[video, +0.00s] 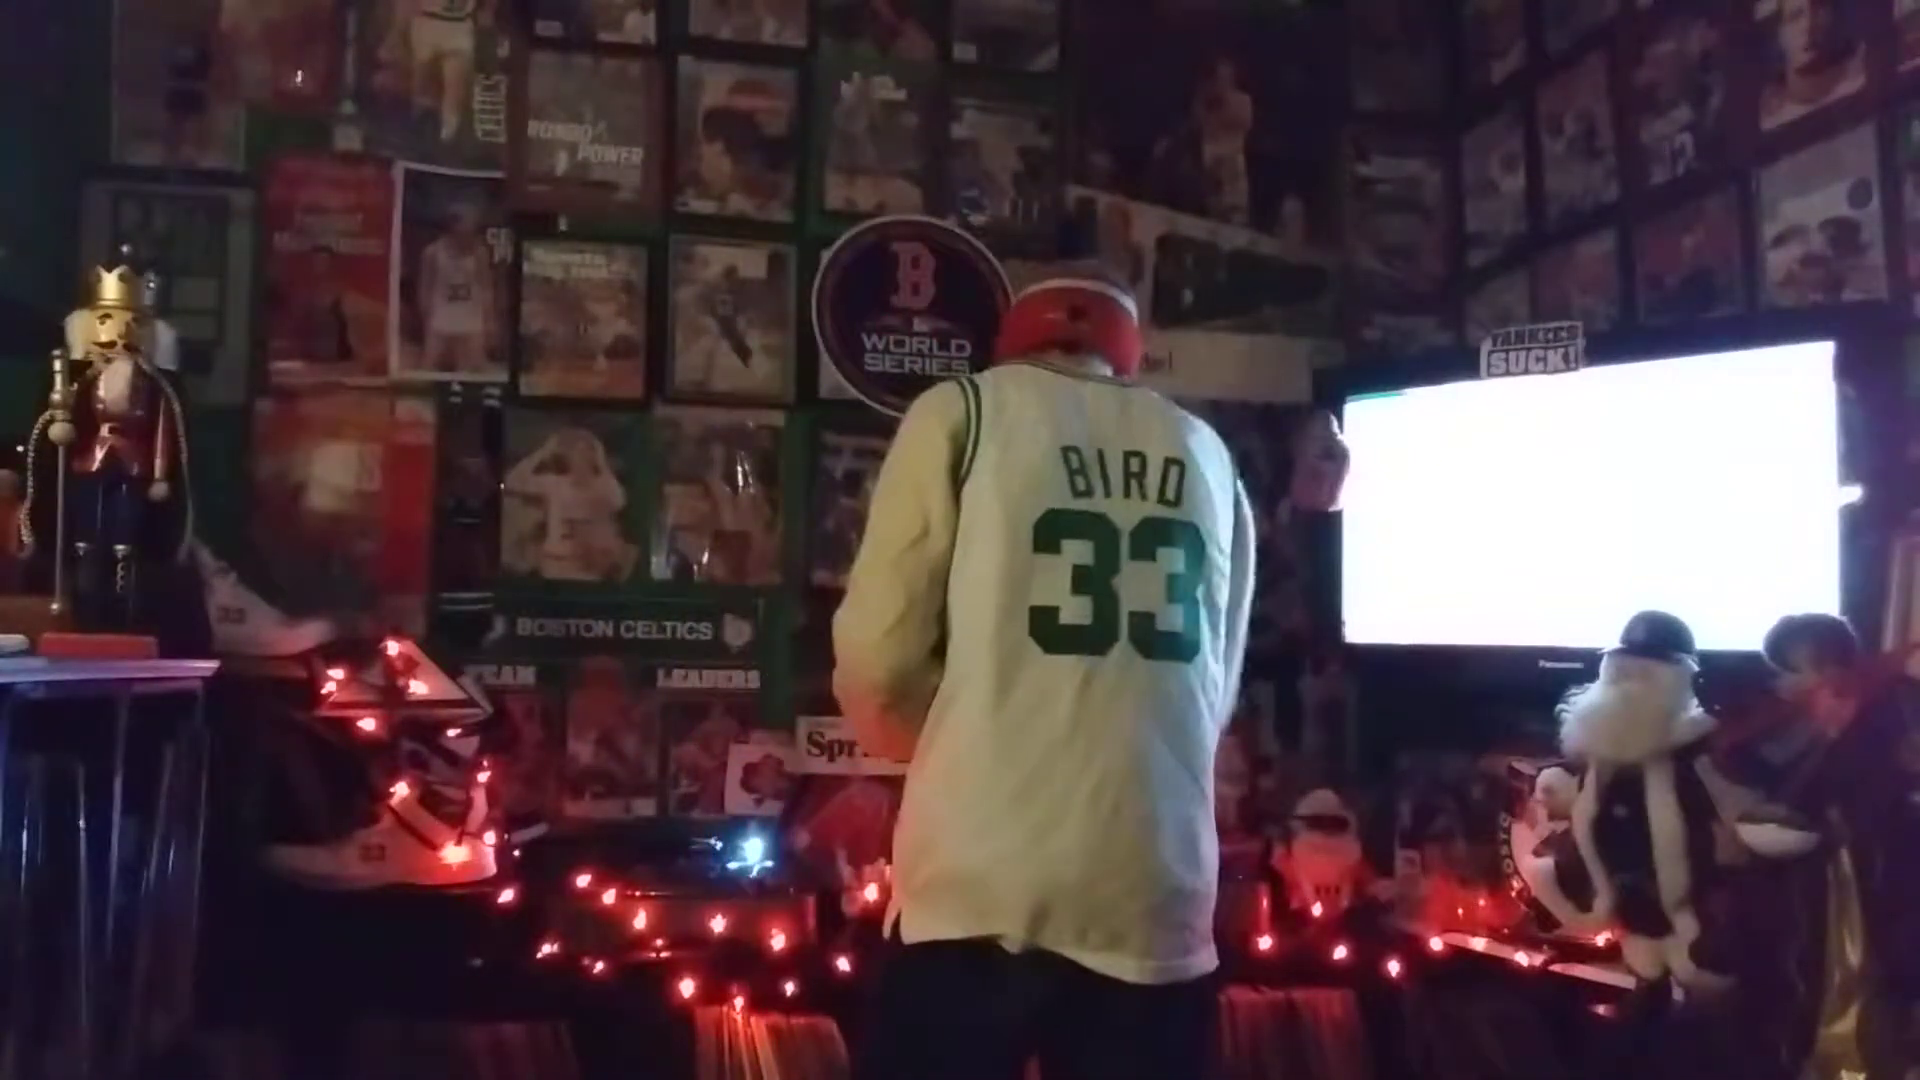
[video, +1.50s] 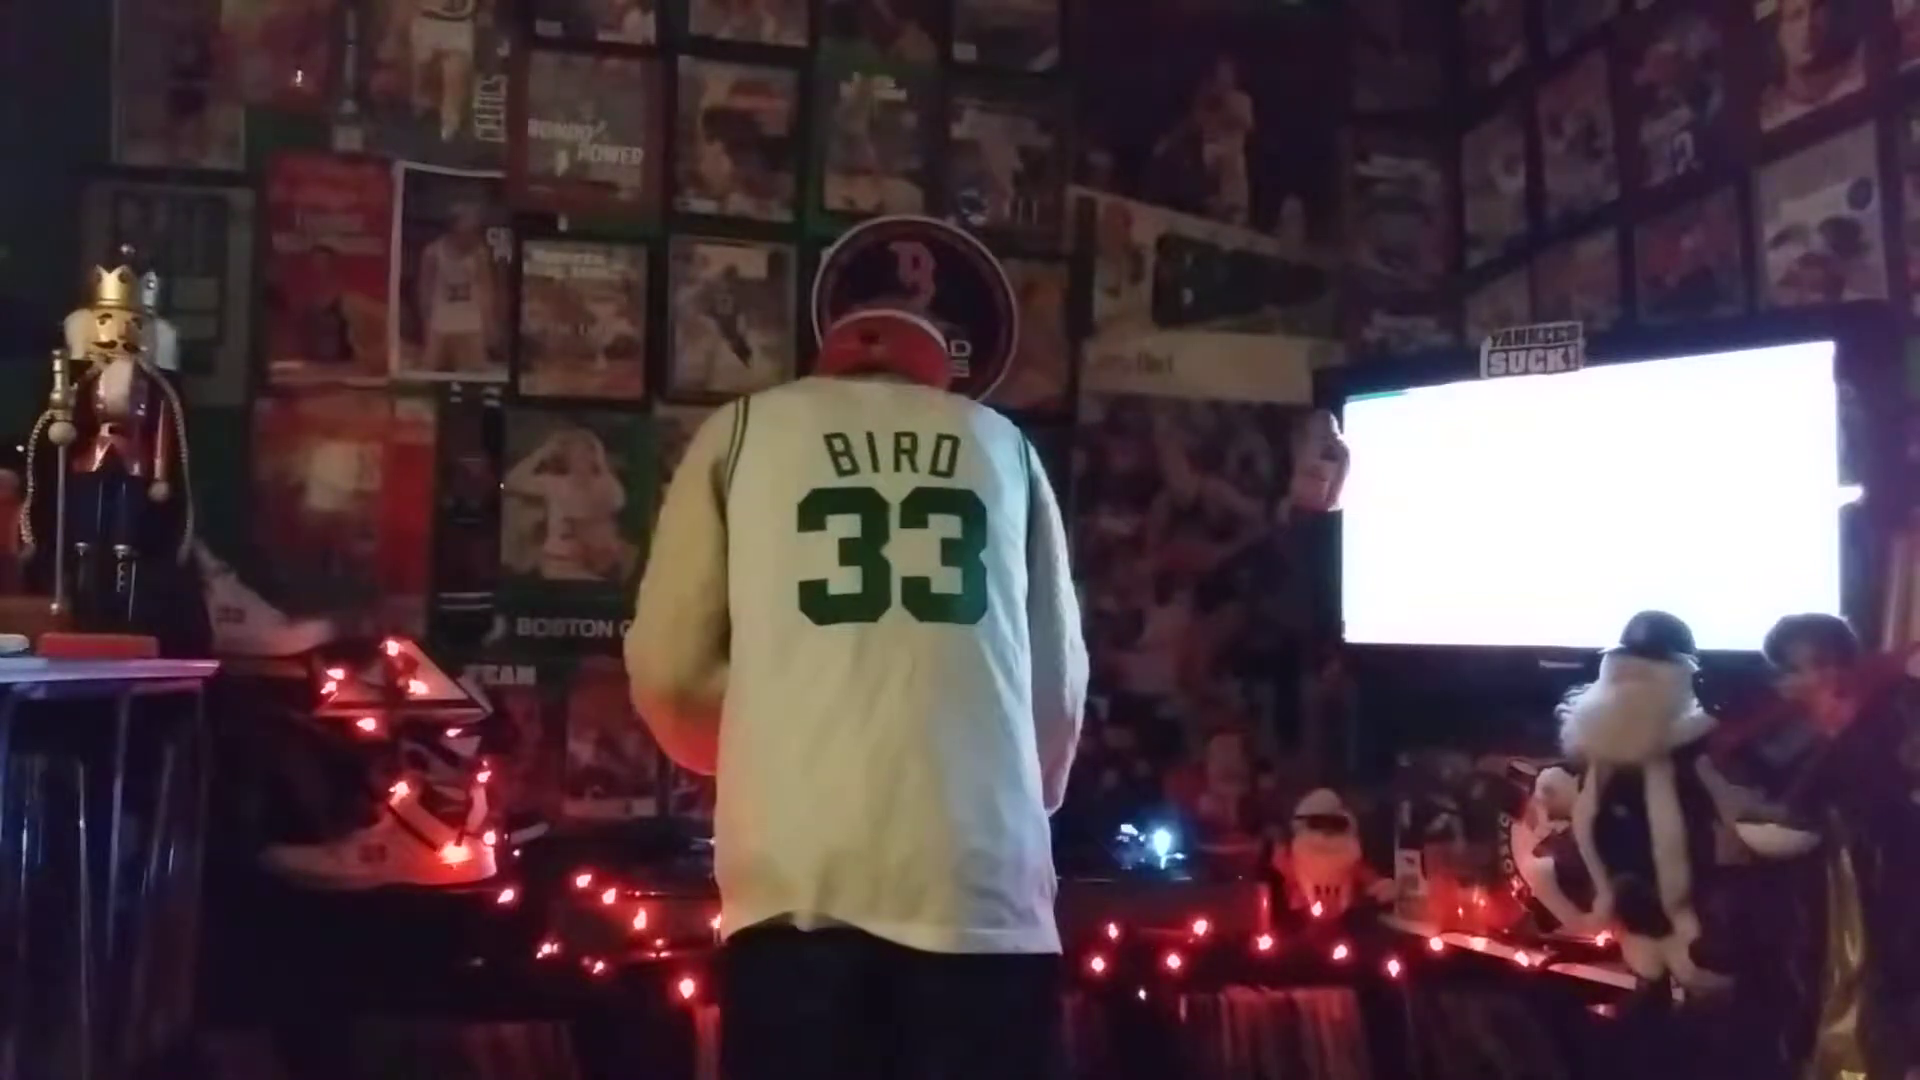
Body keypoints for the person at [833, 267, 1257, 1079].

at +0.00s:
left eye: (1004, 343)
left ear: (1011, 341)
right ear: (1134, 360)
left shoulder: (961, 411)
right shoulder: (1213, 455)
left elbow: (876, 661)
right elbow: (1216, 688)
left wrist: (950, 766)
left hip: (975, 884)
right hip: (1156, 903)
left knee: (933, 1061)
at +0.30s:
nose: (951, 361)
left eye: (956, 349)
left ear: (966, 347)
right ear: (1078, 361)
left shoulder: (928, 412)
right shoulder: (1168, 451)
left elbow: (856, 664)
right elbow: (1173, 656)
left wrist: (906, 772)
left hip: (970, 898)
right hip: (1146, 917)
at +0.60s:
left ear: (900, 354)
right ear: (1016, 359)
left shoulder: (860, 420)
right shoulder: (1114, 452)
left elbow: (794, 676)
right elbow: (1126, 667)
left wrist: (887, 750)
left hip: (922, 921)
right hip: (1108, 930)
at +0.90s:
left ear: (849, 348)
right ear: (983, 352)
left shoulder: (797, 424)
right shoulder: (1063, 448)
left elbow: (729, 672)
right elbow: (1093, 684)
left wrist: (827, 773)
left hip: (861, 887)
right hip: (1054, 893)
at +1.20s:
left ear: (828, 342)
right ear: (967, 354)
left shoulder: (757, 427)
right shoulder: (1025, 447)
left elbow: (684, 671)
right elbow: (1073, 692)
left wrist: (800, 757)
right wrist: (1012, 812)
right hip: (1010, 912)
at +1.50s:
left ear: (825, 344)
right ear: (952, 360)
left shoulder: (736, 431)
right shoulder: (1010, 449)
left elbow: (665, 671)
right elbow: (1061, 690)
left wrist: (783, 761)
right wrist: (1016, 819)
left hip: (792, 904)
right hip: (985, 904)